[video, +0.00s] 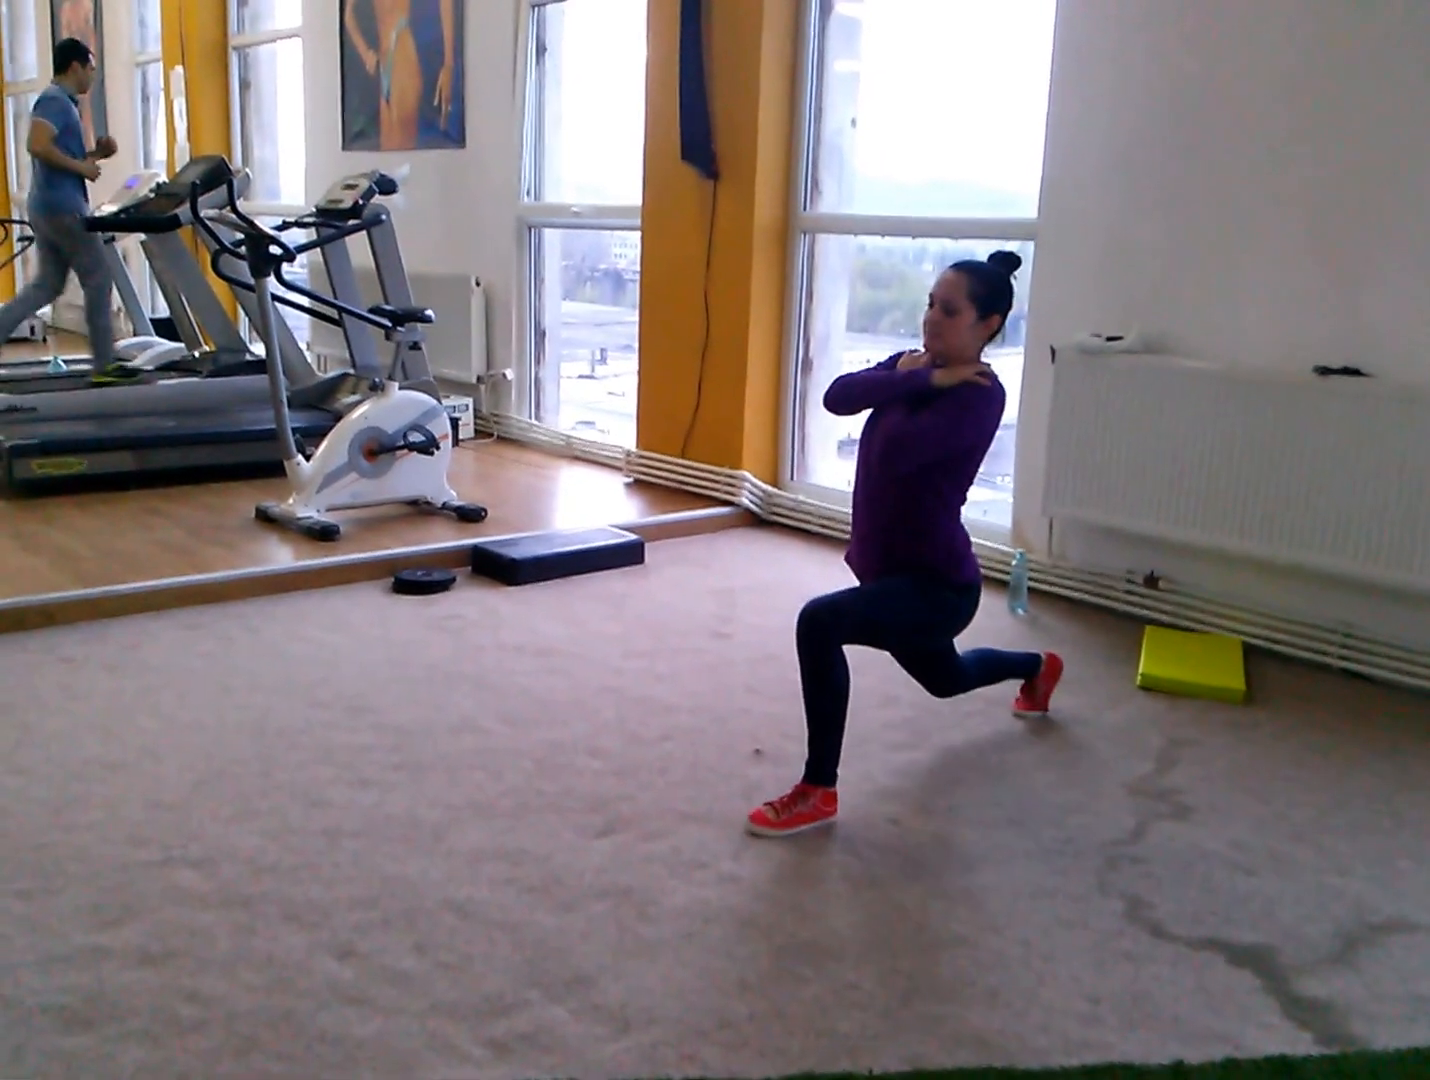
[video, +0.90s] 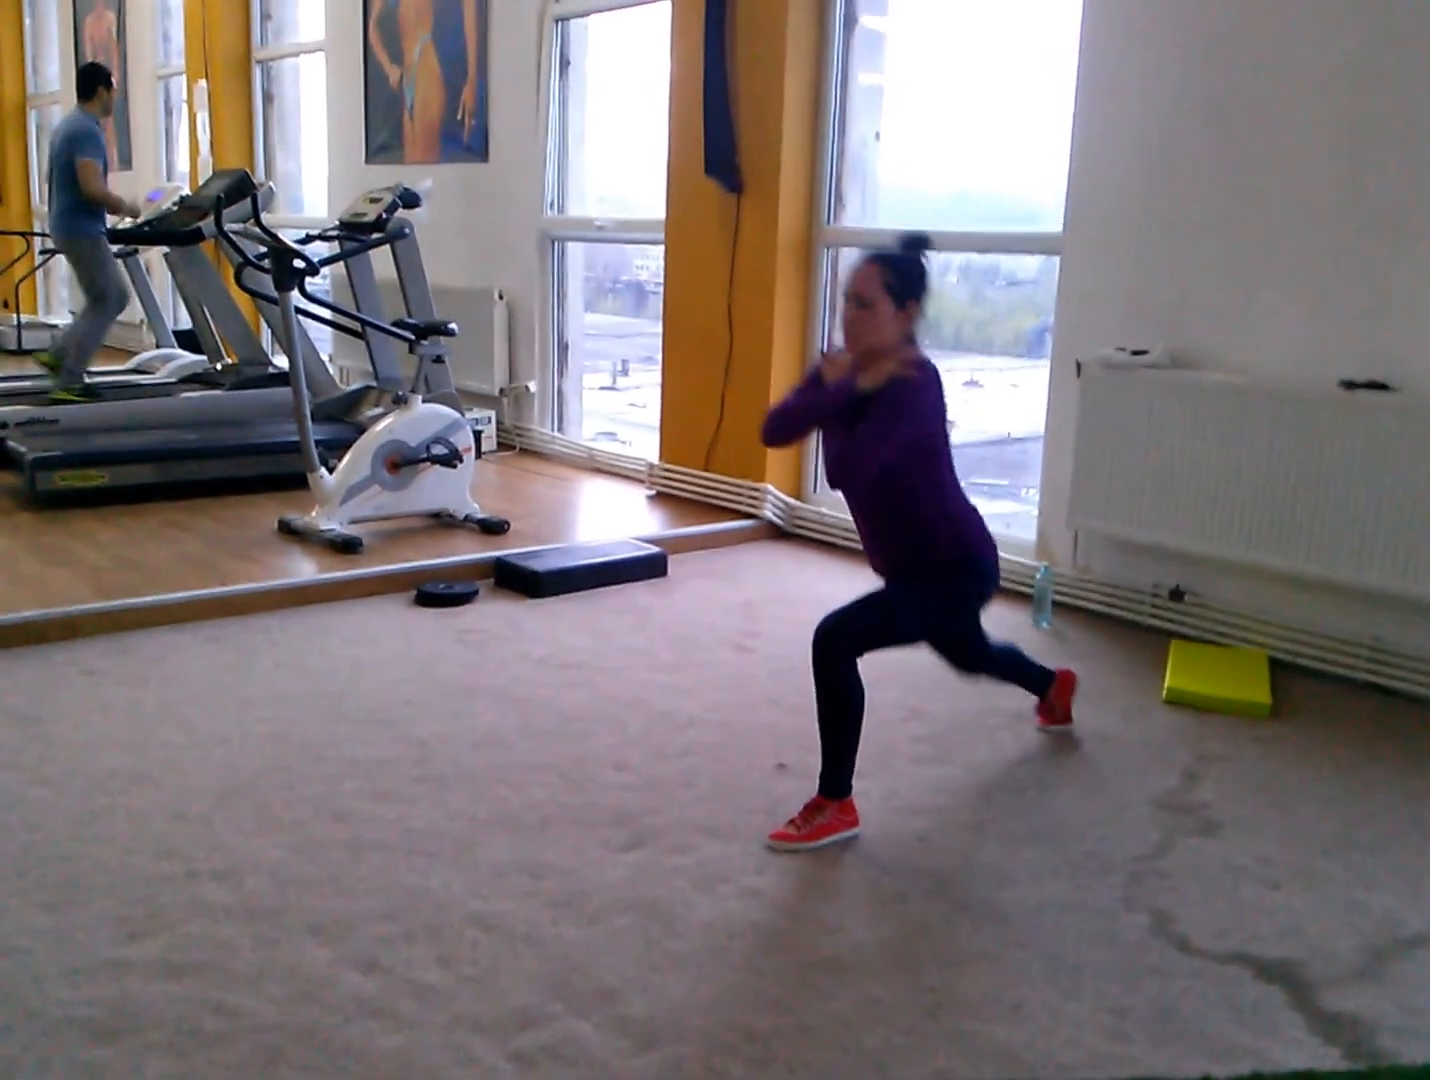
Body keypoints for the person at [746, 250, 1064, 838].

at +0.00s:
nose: (932, 318)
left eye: (949, 311)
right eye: (931, 305)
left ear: (989, 327)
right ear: (926, 306)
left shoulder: (980, 399)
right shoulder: (908, 365)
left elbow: (898, 457)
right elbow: (836, 398)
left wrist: (894, 383)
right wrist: (930, 377)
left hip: (938, 589)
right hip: (885, 577)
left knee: (819, 623)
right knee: (945, 677)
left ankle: (818, 789)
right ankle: (1040, 666)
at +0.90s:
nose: (851, 316)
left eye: (866, 304)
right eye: (848, 302)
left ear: (907, 315)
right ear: (842, 309)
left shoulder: (913, 384)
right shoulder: (843, 372)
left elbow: (847, 470)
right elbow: (774, 430)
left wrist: (838, 391)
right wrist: (842, 382)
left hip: (956, 574)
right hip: (912, 571)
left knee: (835, 638)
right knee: (970, 655)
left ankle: (834, 802)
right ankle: (1053, 685)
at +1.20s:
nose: (791, 212)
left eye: (808, 198)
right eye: (787, 197)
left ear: (856, 211)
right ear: (785, 207)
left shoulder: (869, 297)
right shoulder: (782, 286)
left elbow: (822, 404)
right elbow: (724, 366)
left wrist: (770, 321)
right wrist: (789, 306)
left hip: (916, 502)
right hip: (859, 506)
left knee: (826, 646)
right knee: (863, 655)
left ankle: (843, 806)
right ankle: (965, 675)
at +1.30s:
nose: (790, 172)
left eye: (808, 162)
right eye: (789, 160)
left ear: (856, 181)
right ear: (793, 173)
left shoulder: (868, 266)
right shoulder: (787, 256)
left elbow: (804, 362)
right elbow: (719, 329)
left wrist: (778, 284)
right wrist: (780, 273)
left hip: (898, 492)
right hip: (835, 490)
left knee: (822, 646)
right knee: (797, 640)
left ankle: (845, 807)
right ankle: (907, 694)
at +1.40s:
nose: (794, 154)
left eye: (812, 143)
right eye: (792, 142)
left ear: (859, 159)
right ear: (792, 155)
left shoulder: (870, 245)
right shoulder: (787, 237)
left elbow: (793, 337)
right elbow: (716, 302)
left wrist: (772, 264)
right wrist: (792, 243)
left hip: (878, 490)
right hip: (813, 484)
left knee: (816, 657)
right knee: (749, 631)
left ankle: (850, 808)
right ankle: (827, 734)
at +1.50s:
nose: (790, 147)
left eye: (809, 135)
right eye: (790, 133)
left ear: (859, 152)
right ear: (796, 146)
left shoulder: (871, 238)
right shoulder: (793, 236)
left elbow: (790, 323)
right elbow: (710, 287)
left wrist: (768, 252)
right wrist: (798, 237)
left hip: (854, 492)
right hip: (785, 484)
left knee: (804, 661)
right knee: (713, 628)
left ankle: (850, 808)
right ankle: (730, 787)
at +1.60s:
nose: (783, 157)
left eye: (801, 144)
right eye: (780, 143)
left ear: (851, 156)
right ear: (780, 152)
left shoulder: (865, 242)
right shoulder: (784, 240)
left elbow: (782, 325)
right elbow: (704, 287)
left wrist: (768, 255)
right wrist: (785, 236)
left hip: (833, 499)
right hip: (758, 490)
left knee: (794, 673)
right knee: (686, 646)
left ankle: (852, 810)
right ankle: (642, 817)